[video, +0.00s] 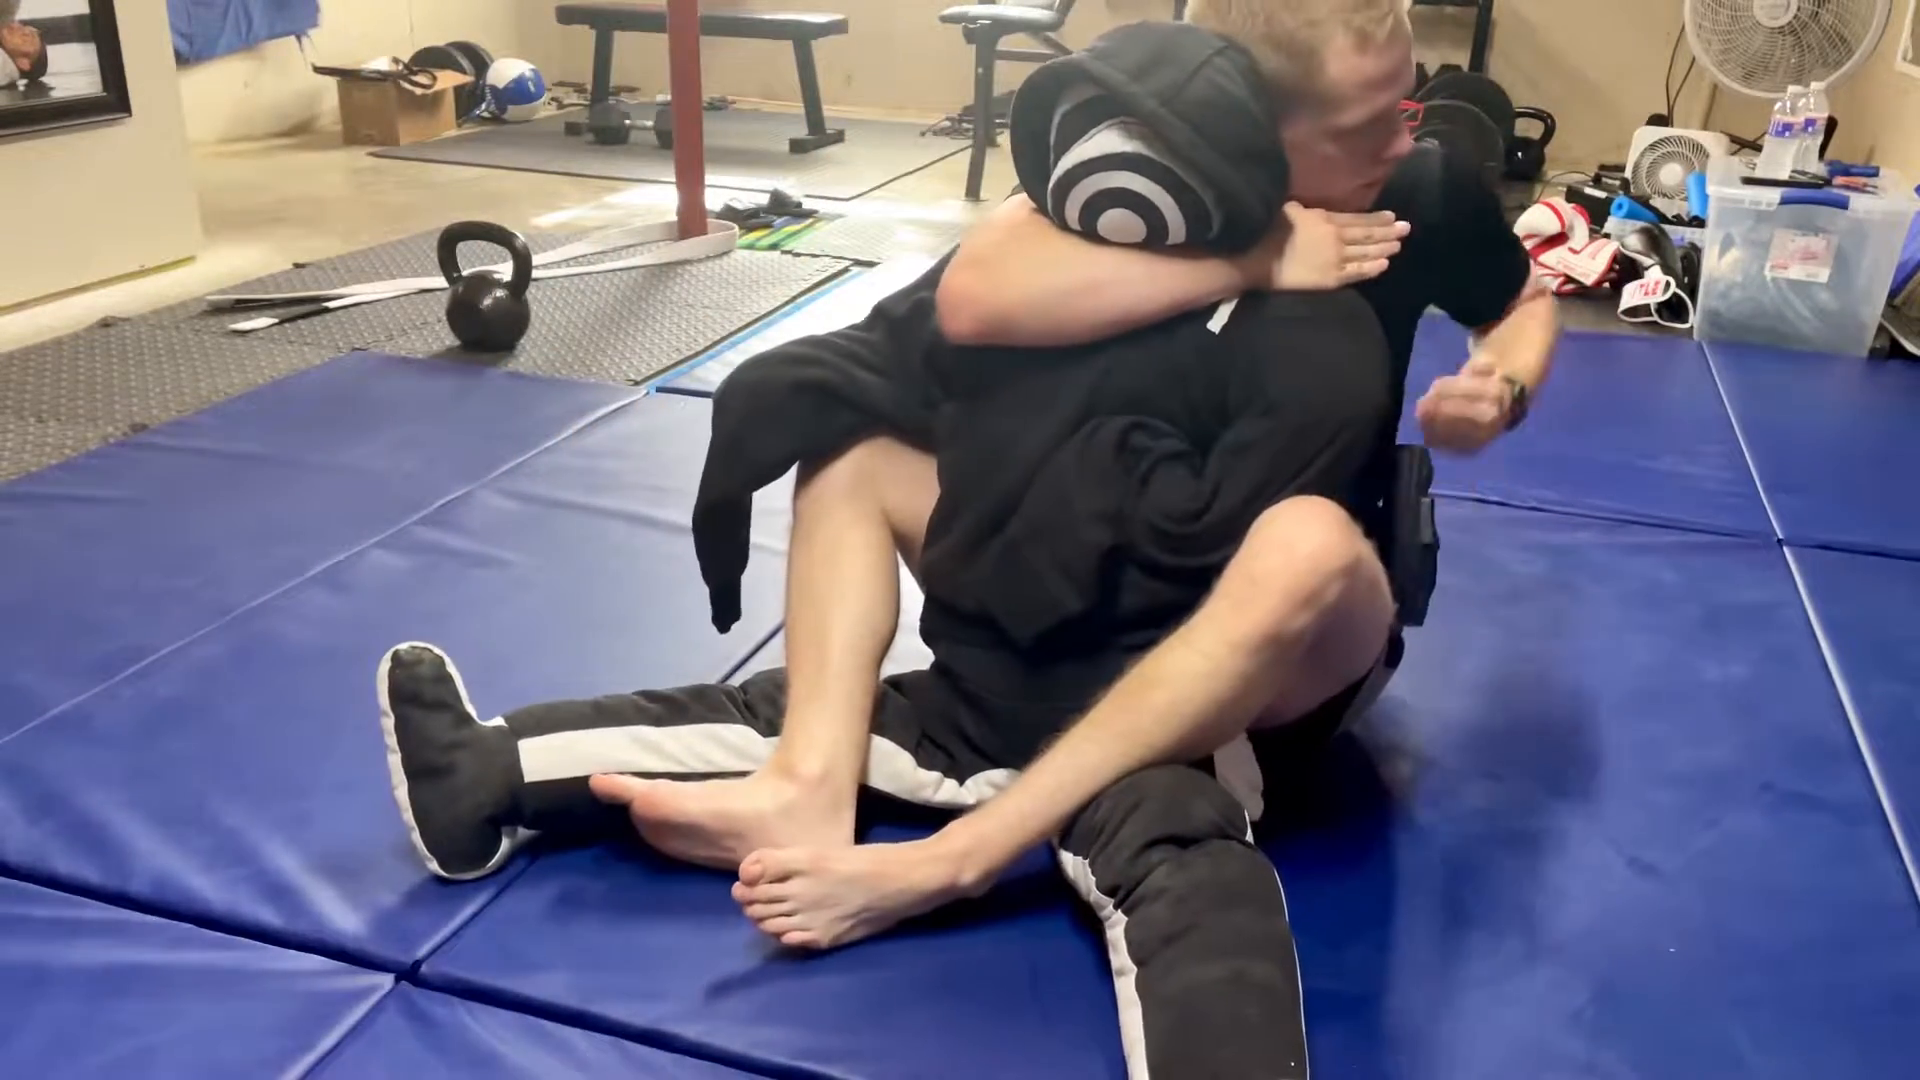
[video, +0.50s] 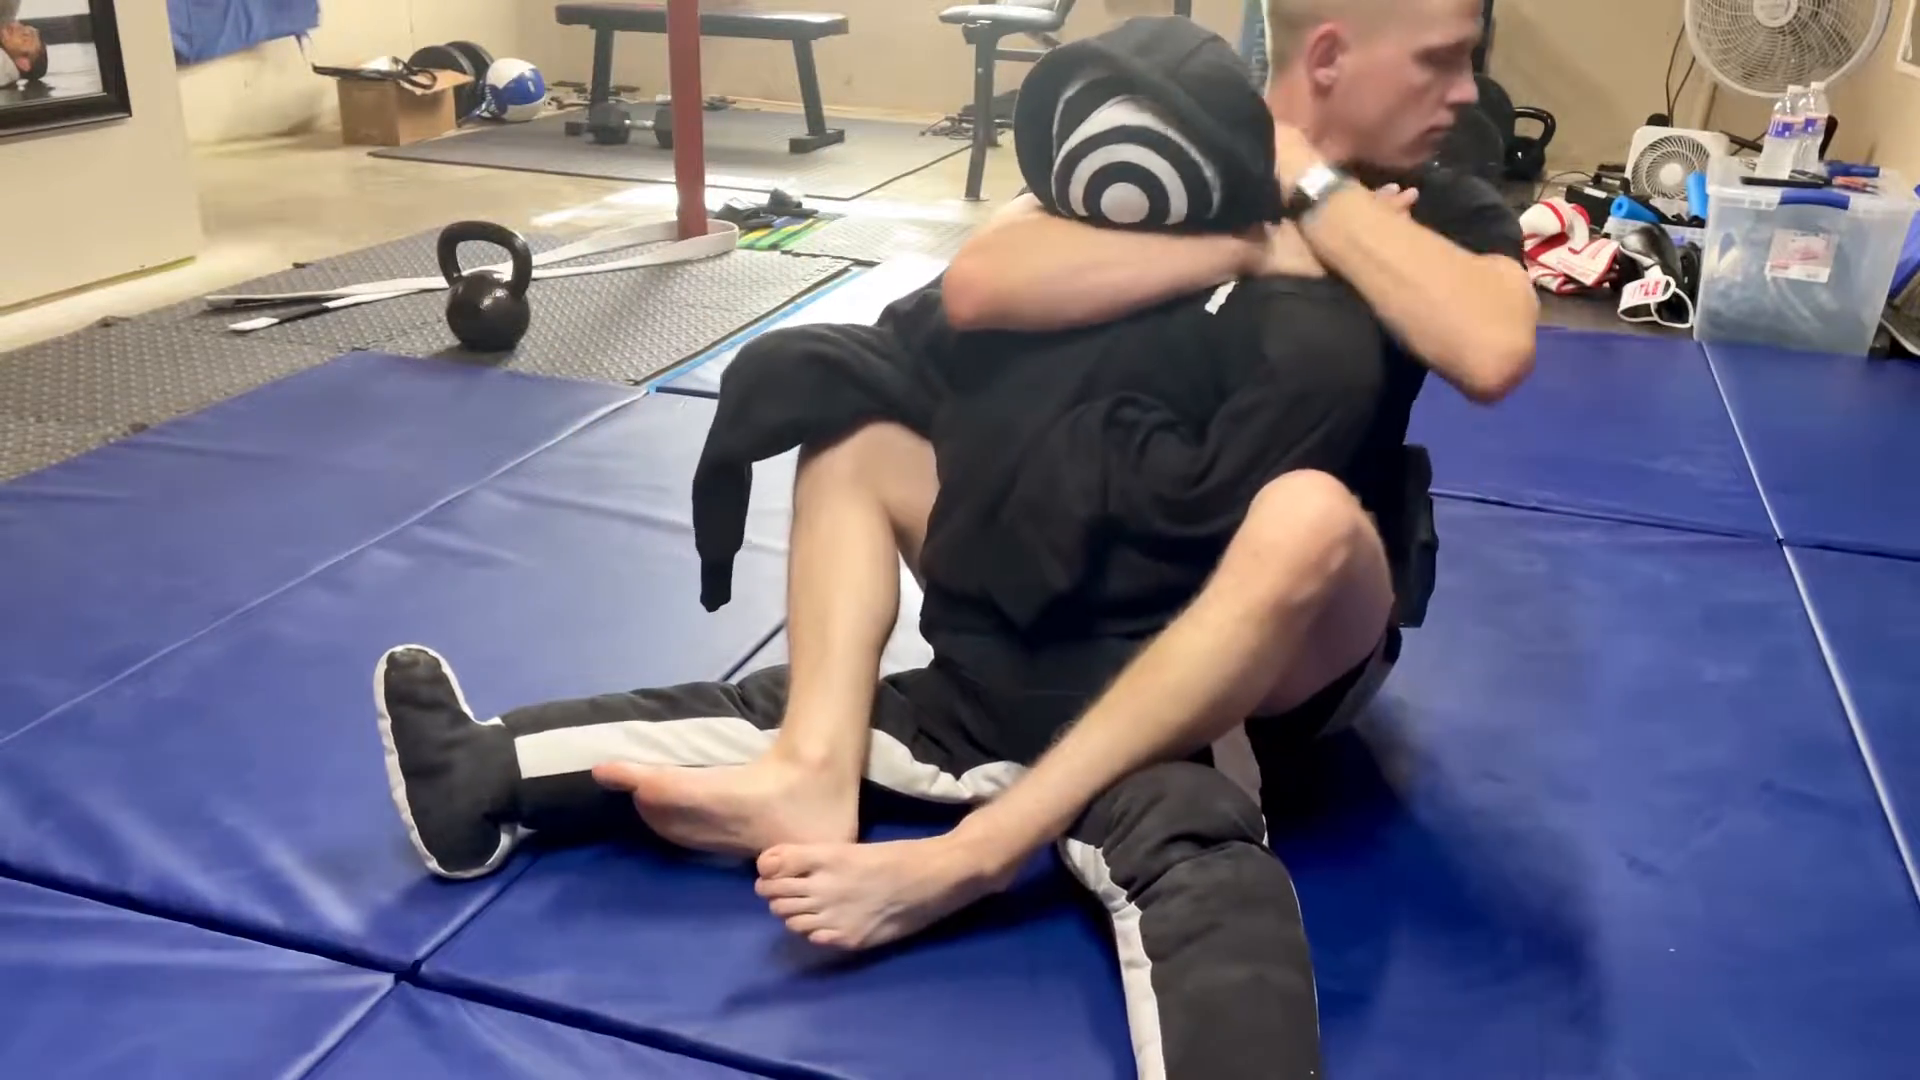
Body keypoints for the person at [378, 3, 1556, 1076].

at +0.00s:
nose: (1412, 124)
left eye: (1411, 100)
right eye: (1382, 116)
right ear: (1255, 138)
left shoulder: (1421, 192)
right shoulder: (1136, 190)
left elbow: (1531, 300)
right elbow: (975, 292)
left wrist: (1502, 374)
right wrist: (1255, 261)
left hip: (1265, 613)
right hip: (1068, 572)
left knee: (1313, 544)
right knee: (852, 452)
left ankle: (957, 855)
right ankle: (813, 788)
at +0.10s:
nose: (1419, 124)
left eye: (1418, 95)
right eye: (1391, 107)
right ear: (1270, 127)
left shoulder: (1398, 203)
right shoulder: (1130, 184)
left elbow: (1507, 346)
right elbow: (985, 293)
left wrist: (1501, 335)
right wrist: (1269, 265)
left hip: (1253, 612)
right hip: (1059, 581)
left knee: (1324, 543)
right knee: (856, 453)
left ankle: (966, 855)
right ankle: (816, 788)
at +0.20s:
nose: (1416, 118)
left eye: (1418, 89)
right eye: (1387, 100)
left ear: (1411, 89)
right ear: (1276, 112)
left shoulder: (1427, 206)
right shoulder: (1162, 167)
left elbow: (1536, 391)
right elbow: (988, 289)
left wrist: (1493, 333)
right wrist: (1271, 260)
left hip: (1262, 588)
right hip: (1072, 537)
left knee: (1326, 532)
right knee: (856, 448)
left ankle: (984, 855)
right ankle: (820, 785)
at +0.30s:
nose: (1424, 104)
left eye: (1427, 74)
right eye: (1396, 78)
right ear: (1276, 83)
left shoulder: (1420, 211)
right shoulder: (1148, 169)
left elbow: (1561, 436)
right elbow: (982, 291)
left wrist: (1462, 308)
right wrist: (1245, 253)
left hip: (1275, 599)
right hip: (1075, 554)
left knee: (1321, 527)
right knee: (854, 449)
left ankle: (987, 855)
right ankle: (816, 783)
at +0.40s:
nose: (1449, 85)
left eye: (1456, 56)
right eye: (1424, 54)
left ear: (1354, 62)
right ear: (1300, 53)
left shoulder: (1422, 217)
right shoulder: (1165, 150)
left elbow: (1534, 439)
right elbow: (974, 292)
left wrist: (1408, 243)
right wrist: (1236, 252)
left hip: (1273, 601)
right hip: (1077, 550)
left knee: (1313, 522)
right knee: (852, 442)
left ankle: (990, 851)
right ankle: (816, 775)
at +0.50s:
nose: (1468, 95)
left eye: (1473, 68)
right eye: (1447, 61)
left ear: (1384, 66)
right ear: (1326, 50)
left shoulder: (1437, 200)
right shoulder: (1165, 146)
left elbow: (1495, 355)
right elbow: (976, 282)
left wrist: (1317, 194)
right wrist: (1249, 248)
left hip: (1272, 604)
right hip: (1072, 562)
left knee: (1312, 512)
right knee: (854, 431)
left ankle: (983, 845)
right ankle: (813, 769)